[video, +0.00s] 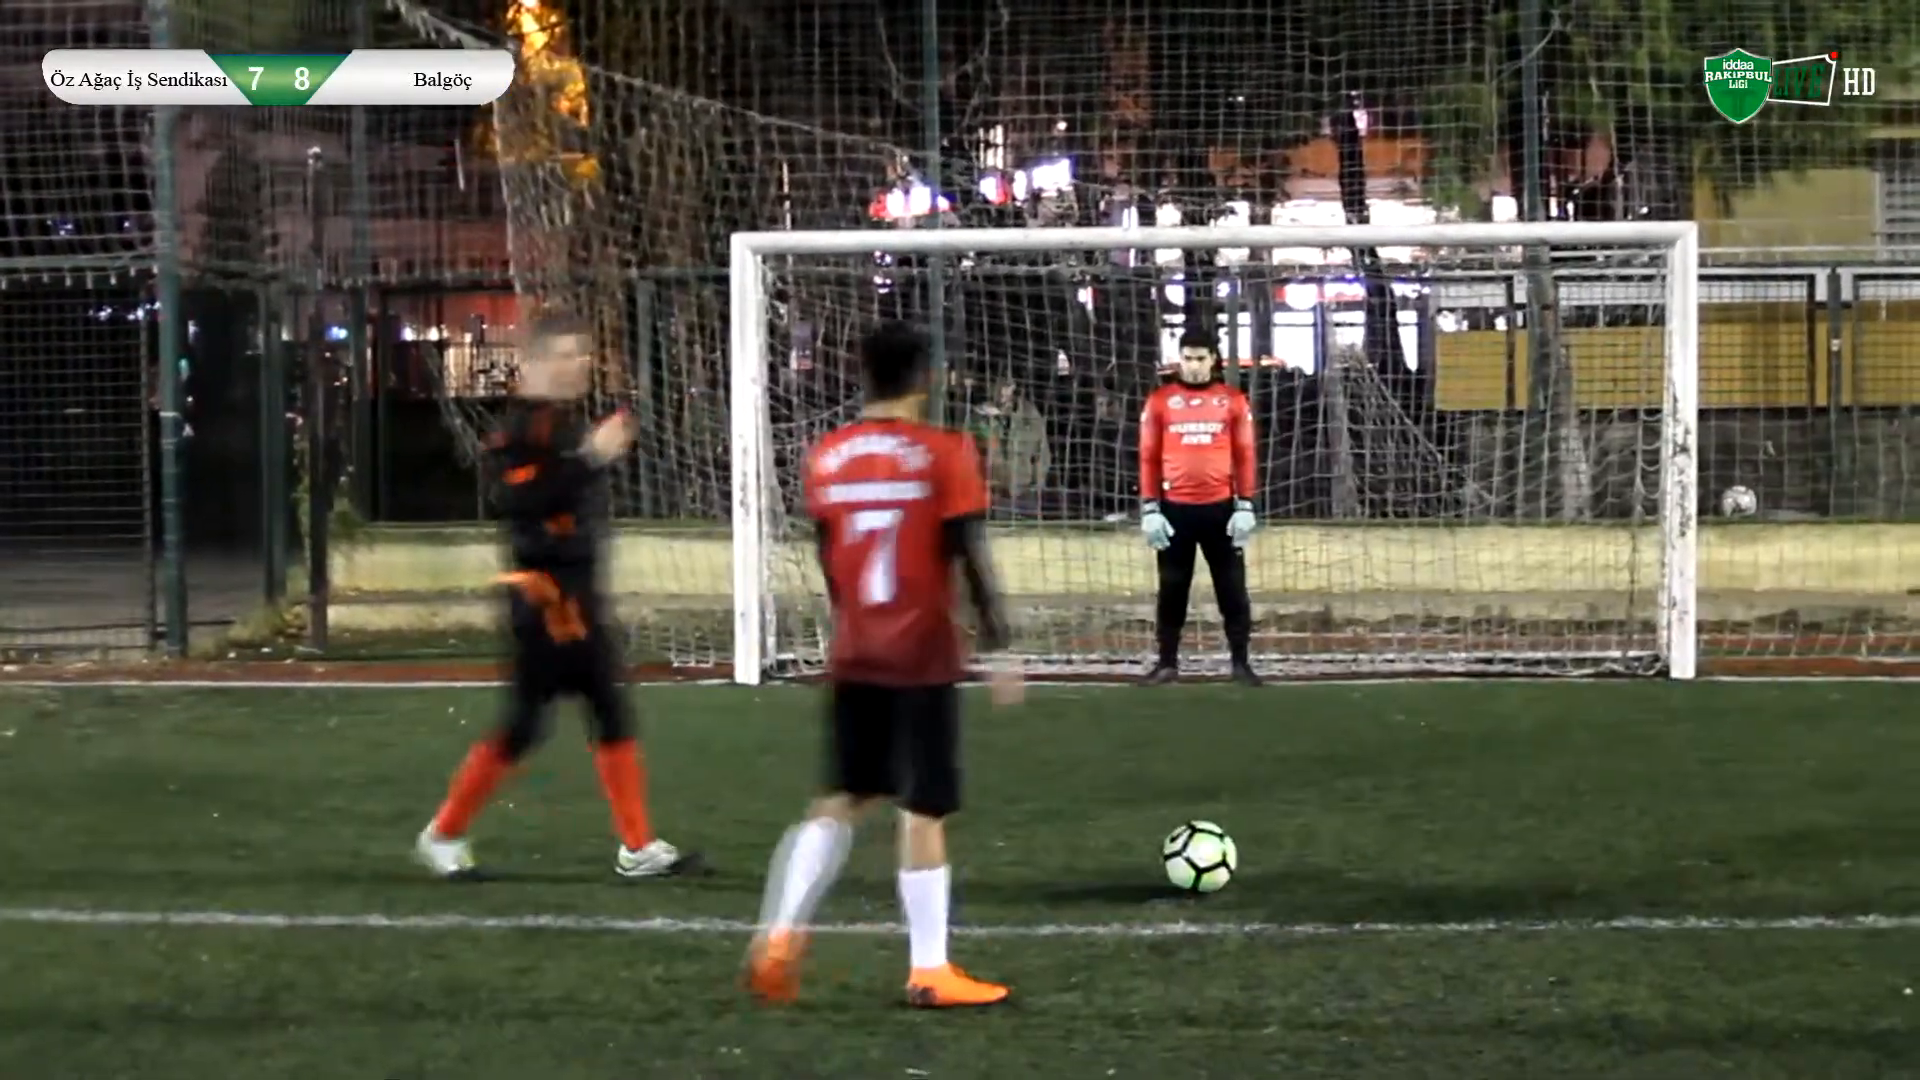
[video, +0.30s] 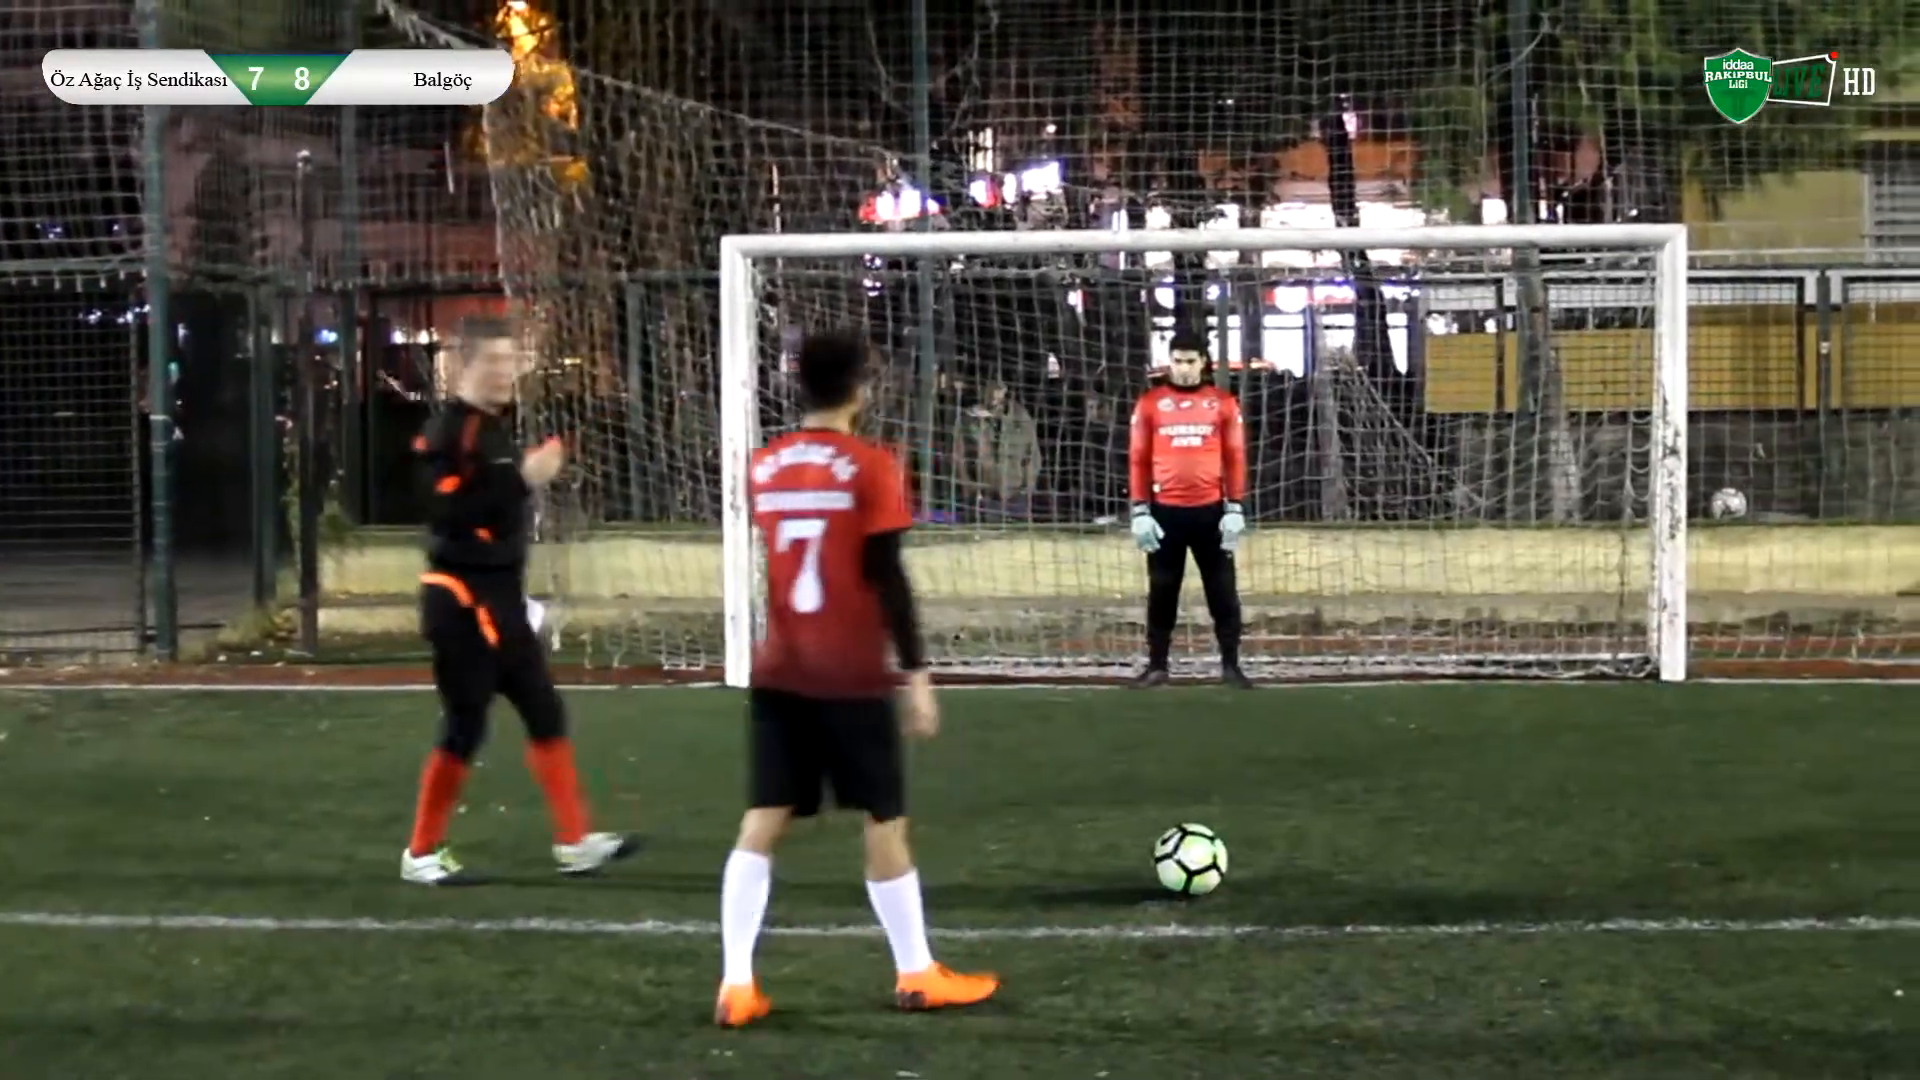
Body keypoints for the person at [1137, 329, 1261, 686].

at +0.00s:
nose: (1194, 366)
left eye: (1201, 359)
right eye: (1187, 358)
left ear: (1214, 360)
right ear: (1179, 360)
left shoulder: (1233, 401)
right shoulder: (1159, 401)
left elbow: (1246, 454)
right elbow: (1148, 456)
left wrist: (1245, 502)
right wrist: (1150, 506)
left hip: (1221, 507)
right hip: (1174, 508)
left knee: (1233, 591)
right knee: (1171, 590)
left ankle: (1241, 662)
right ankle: (1167, 661)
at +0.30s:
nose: (1184, 369)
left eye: (1191, 361)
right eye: (1178, 361)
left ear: (1204, 364)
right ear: (1169, 364)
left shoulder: (1223, 403)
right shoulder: (1149, 404)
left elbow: (1235, 457)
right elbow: (1138, 459)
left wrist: (1235, 506)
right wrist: (1140, 509)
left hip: (1211, 510)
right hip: (1165, 511)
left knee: (1223, 593)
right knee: (1161, 593)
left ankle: (1231, 664)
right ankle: (1157, 664)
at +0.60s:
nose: (1187, 369)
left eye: (1194, 362)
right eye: (1181, 362)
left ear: (1207, 363)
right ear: (1172, 363)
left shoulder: (1227, 404)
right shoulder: (1152, 404)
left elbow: (1239, 457)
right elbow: (1142, 459)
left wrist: (1239, 505)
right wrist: (1143, 508)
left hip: (1215, 510)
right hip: (1168, 510)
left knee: (1226, 593)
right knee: (1165, 593)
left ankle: (1235, 665)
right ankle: (1161, 665)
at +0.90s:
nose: (1188, 369)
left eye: (1195, 361)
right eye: (1182, 361)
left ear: (1208, 364)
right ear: (1173, 364)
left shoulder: (1227, 403)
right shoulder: (1152, 403)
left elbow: (1239, 456)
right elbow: (1142, 459)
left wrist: (1240, 504)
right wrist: (1143, 508)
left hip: (1215, 509)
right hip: (1168, 510)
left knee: (1226, 593)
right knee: (1164, 593)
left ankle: (1234, 665)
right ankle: (1160, 665)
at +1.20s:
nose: (1188, 368)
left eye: (1195, 361)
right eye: (1182, 361)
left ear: (1208, 362)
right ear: (1173, 362)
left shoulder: (1228, 402)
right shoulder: (1153, 402)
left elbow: (1240, 455)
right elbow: (1143, 458)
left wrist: (1240, 504)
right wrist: (1144, 507)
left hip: (1215, 508)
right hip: (1169, 508)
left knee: (1226, 592)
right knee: (1165, 591)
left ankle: (1235, 663)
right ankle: (1161, 663)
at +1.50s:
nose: (1187, 368)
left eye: (1194, 360)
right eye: (1180, 360)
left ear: (1206, 363)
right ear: (1171, 364)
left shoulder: (1226, 402)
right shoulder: (1151, 403)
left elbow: (1238, 456)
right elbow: (1141, 458)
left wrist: (1238, 504)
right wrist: (1142, 507)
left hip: (1213, 509)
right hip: (1167, 510)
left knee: (1225, 592)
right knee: (1164, 592)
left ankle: (1233, 664)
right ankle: (1159, 664)